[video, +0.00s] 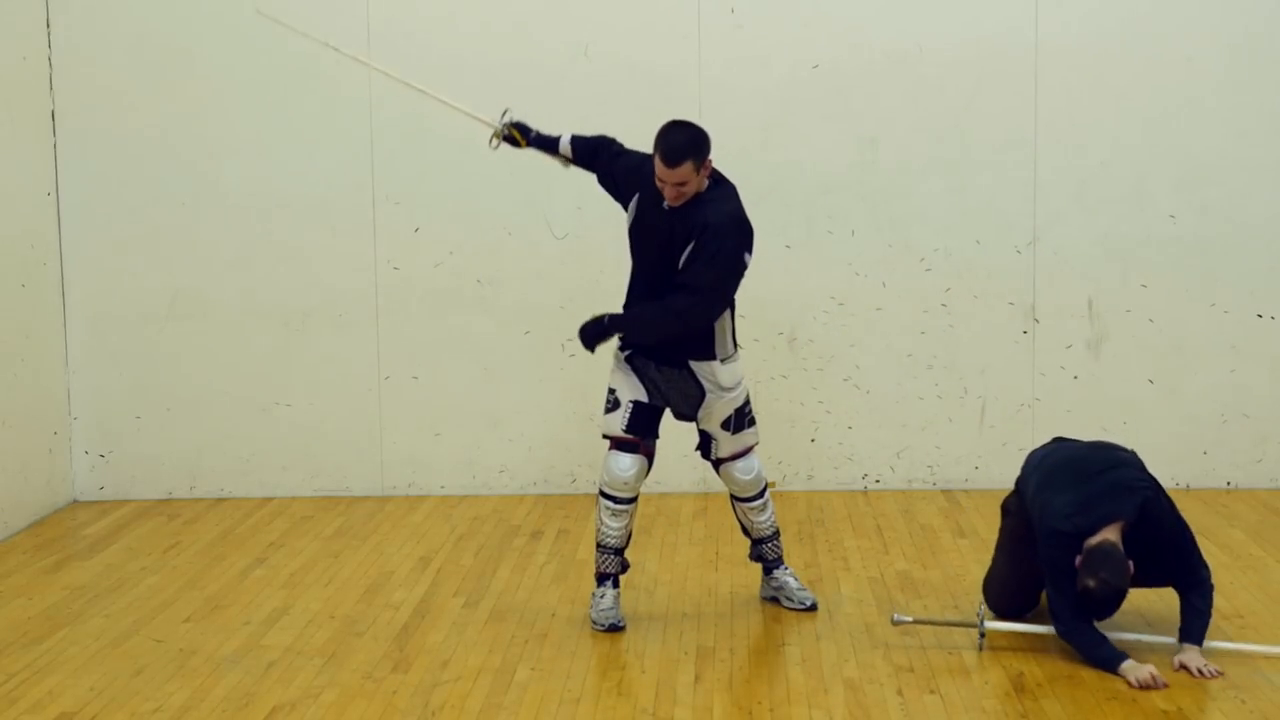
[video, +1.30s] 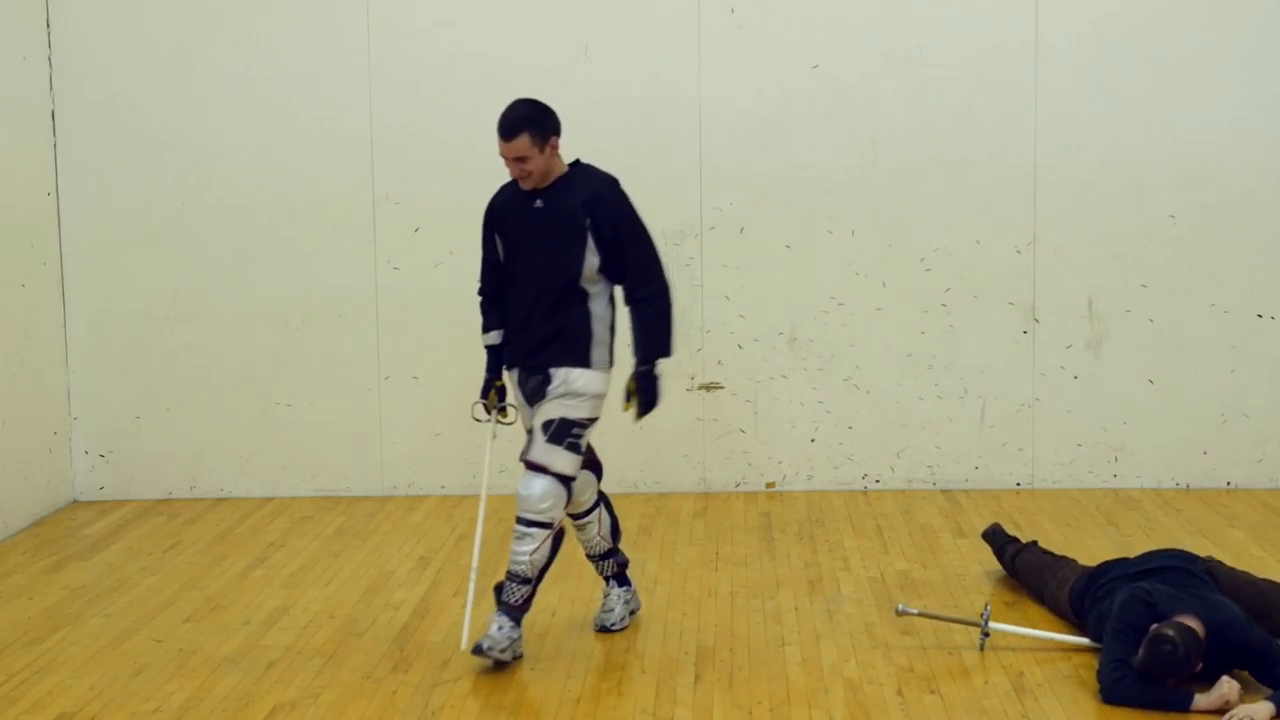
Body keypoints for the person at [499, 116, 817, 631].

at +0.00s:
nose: (669, 192)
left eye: (681, 184)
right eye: (662, 181)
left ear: (705, 169)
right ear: (654, 165)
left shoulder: (727, 222)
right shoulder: (640, 176)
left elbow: (698, 306)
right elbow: (598, 153)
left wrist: (620, 324)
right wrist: (535, 138)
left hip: (710, 359)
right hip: (642, 354)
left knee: (744, 471)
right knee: (622, 470)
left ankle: (775, 571)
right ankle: (607, 586)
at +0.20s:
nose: (667, 188)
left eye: (678, 178)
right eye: (659, 177)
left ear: (701, 162)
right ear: (648, 162)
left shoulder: (726, 210)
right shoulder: (639, 188)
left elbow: (718, 300)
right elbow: (588, 202)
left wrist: (638, 346)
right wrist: (522, 211)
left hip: (712, 352)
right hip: (645, 350)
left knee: (745, 469)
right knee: (625, 470)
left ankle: (775, 572)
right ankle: (608, 586)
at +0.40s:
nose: (658, 195)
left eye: (669, 186)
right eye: (649, 184)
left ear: (689, 169)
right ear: (638, 168)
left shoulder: (717, 209)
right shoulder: (626, 197)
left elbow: (737, 301)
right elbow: (585, 250)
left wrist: (685, 372)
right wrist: (521, 297)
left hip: (713, 357)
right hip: (643, 358)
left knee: (746, 469)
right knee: (618, 472)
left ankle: (775, 572)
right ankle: (623, 588)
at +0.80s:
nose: (574, 176)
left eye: (584, 166)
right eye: (565, 166)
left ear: (608, 149)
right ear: (556, 156)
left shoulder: (648, 184)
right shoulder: (551, 208)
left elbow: (715, 243)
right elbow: (542, 296)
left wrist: (754, 310)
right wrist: (537, 372)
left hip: (664, 357)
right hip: (591, 363)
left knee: (701, 471)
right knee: (604, 480)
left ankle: (736, 568)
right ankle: (620, 588)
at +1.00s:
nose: (547, 165)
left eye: (556, 154)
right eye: (539, 155)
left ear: (584, 139)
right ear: (533, 147)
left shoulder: (630, 177)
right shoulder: (531, 201)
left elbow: (691, 235)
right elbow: (522, 289)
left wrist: (728, 302)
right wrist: (528, 364)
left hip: (634, 351)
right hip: (567, 357)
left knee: (629, 477)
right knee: (590, 481)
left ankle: (645, 596)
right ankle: (617, 588)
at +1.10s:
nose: (536, 166)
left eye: (545, 155)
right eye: (529, 156)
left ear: (574, 140)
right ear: (522, 148)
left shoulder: (621, 180)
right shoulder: (523, 201)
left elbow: (678, 246)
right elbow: (512, 287)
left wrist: (709, 318)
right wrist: (519, 360)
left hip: (619, 353)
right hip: (556, 358)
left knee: (593, 478)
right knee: (586, 477)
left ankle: (583, 603)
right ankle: (617, 586)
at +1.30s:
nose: (515, 171)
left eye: (524, 159)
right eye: (508, 161)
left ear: (554, 146)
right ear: (502, 154)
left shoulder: (597, 194)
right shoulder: (503, 208)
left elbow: (645, 277)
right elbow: (493, 293)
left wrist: (648, 363)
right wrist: (494, 368)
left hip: (583, 362)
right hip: (526, 366)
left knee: (540, 485)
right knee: (576, 482)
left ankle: (508, 620)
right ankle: (619, 588)